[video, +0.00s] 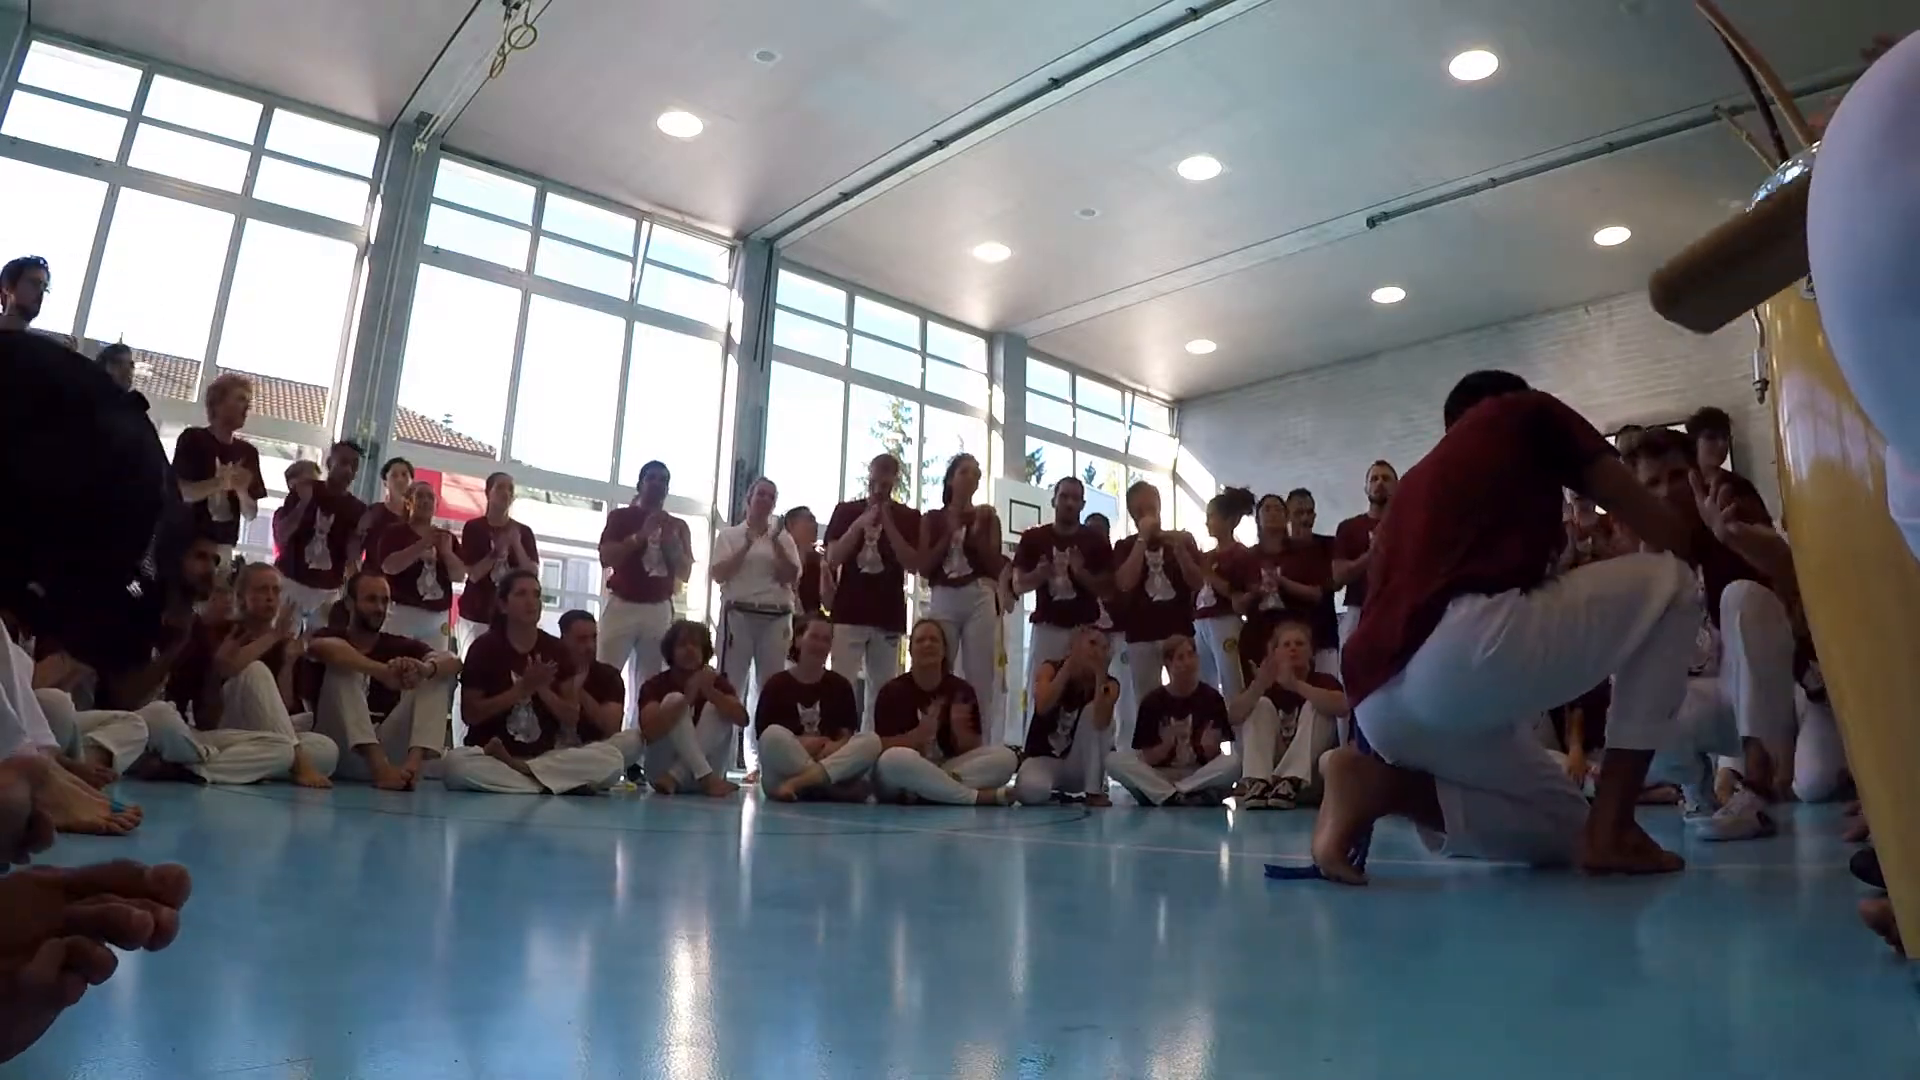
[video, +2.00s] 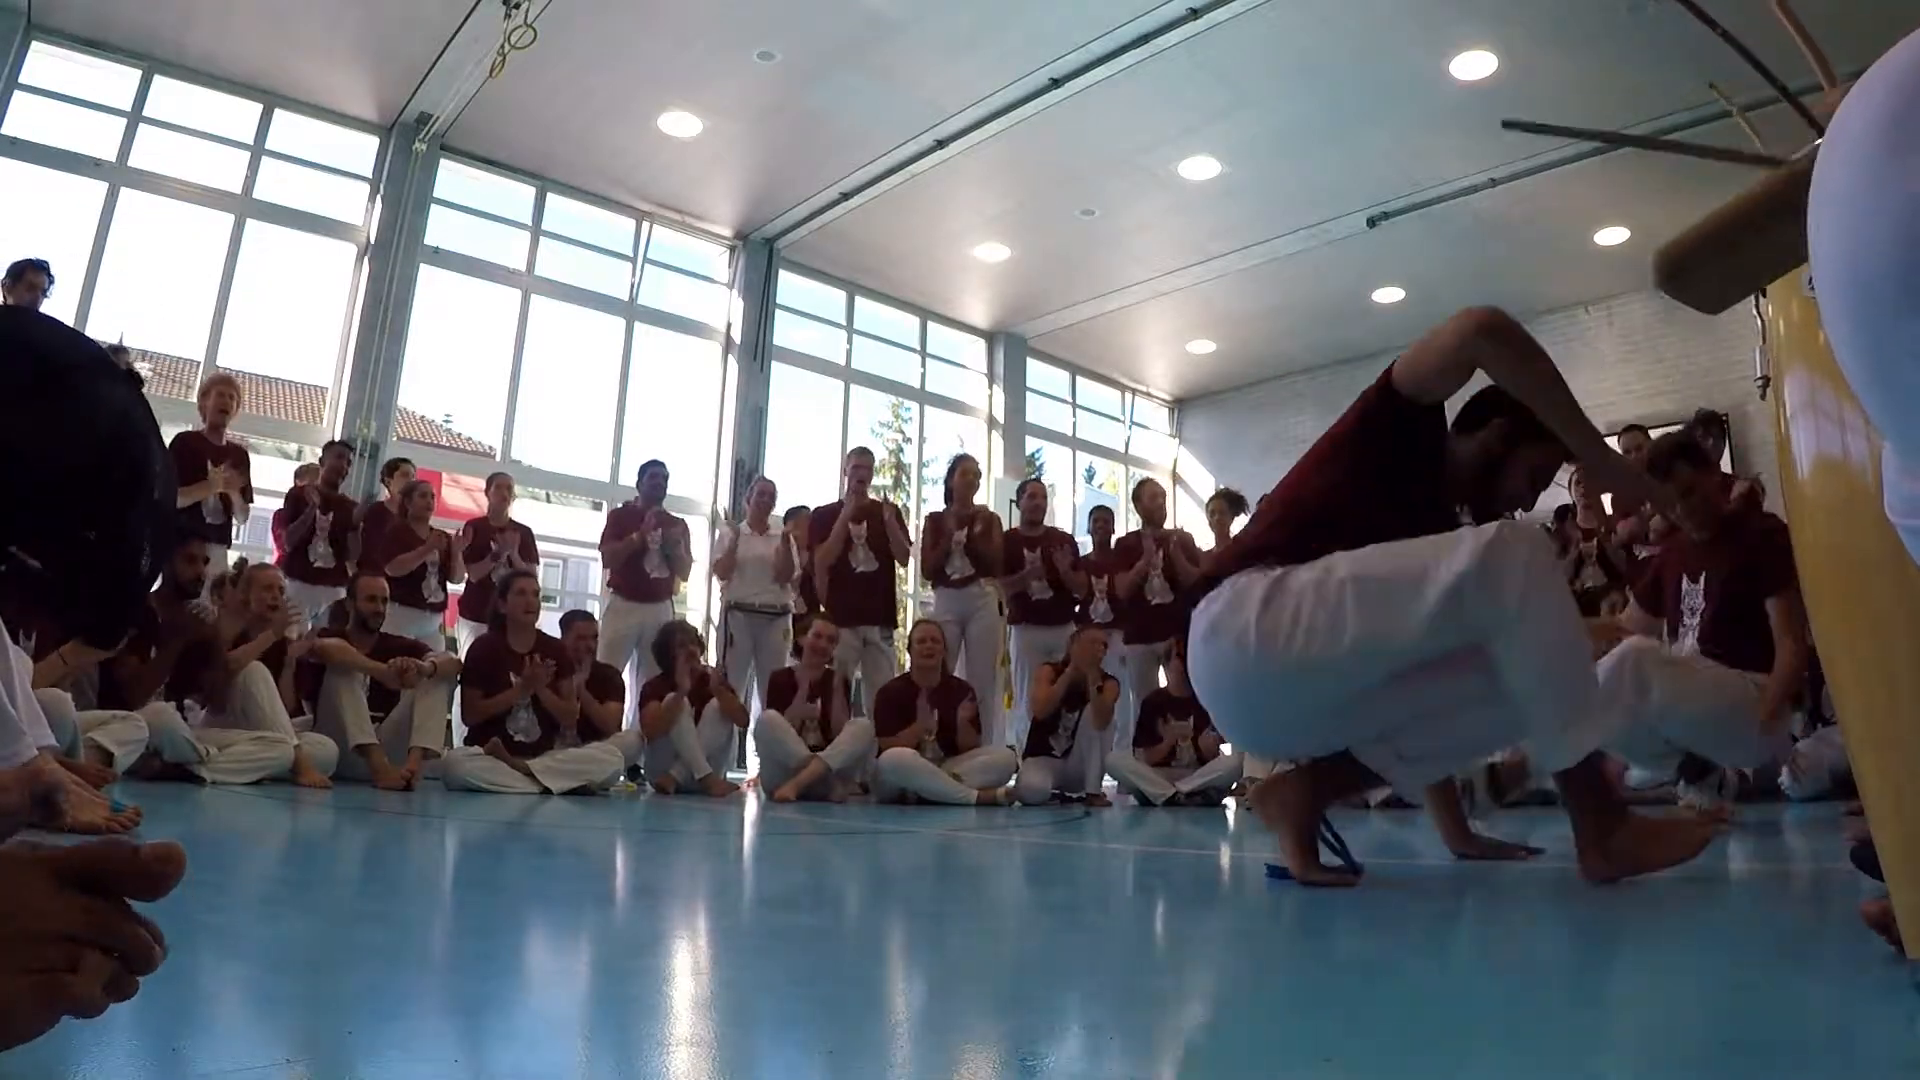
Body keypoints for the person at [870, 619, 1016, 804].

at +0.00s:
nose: (927, 645)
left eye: (934, 640)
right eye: (920, 640)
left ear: (944, 648)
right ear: (910, 649)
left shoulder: (962, 690)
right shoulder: (892, 691)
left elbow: (972, 749)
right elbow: (883, 745)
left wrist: (959, 728)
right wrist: (918, 735)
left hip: (951, 767)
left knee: (1006, 758)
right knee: (893, 760)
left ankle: (928, 792)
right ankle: (975, 798)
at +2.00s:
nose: (928, 646)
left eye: (935, 641)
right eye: (921, 642)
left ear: (944, 650)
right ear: (909, 650)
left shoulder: (961, 689)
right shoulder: (891, 692)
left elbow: (970, 749)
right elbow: (886, 747)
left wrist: (963, 723)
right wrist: (919, 728)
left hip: (951, 767)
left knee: (1005, 759)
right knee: (894, 759)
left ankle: (928, 792)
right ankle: (976, 798)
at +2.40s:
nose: (933, 647)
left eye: (939, 642)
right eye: (925, 642)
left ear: (946, 650)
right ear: (911, 650)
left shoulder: (961, 691)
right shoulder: (890, 693)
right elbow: (884, 747)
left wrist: (961, 726)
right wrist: (921, 732)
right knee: (892, 757)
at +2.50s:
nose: (933, 647)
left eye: (939, 642)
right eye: (925, 642)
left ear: (945, 650)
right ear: (911, 650)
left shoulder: (962, 691)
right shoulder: (890, 693)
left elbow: (972, 740)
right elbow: (884, 745)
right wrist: (925, 740)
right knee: (891, 757)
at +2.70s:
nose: (933, 647)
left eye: (939, 643)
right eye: (926, 642)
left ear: (947, 651)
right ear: (911, 650)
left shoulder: (962, 691)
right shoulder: (891, 692)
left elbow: (971, 748)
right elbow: (885, 746)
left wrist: (959, 723)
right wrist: (927, 731)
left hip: (951, 776)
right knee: (896, 757)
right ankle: (965, 797)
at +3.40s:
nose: (933, 647)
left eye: (939, 643)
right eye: (925, 642)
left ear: (946, 651)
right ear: (910, 650)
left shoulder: (962, 691)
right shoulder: (891, 693)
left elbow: (971, 747)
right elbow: (887, 744)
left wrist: (954, 731)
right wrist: (925, 739)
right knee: (893, 758)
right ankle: (987, 796)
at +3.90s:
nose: (934, 647)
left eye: (939, 643)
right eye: (926, 642)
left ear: (946, 651)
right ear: (911, 650)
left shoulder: (961, 690)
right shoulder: (892, 693)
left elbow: (970, 748)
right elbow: (893, 750)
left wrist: (962, 725)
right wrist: (927, 731)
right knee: (896, 758)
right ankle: (977, 796)